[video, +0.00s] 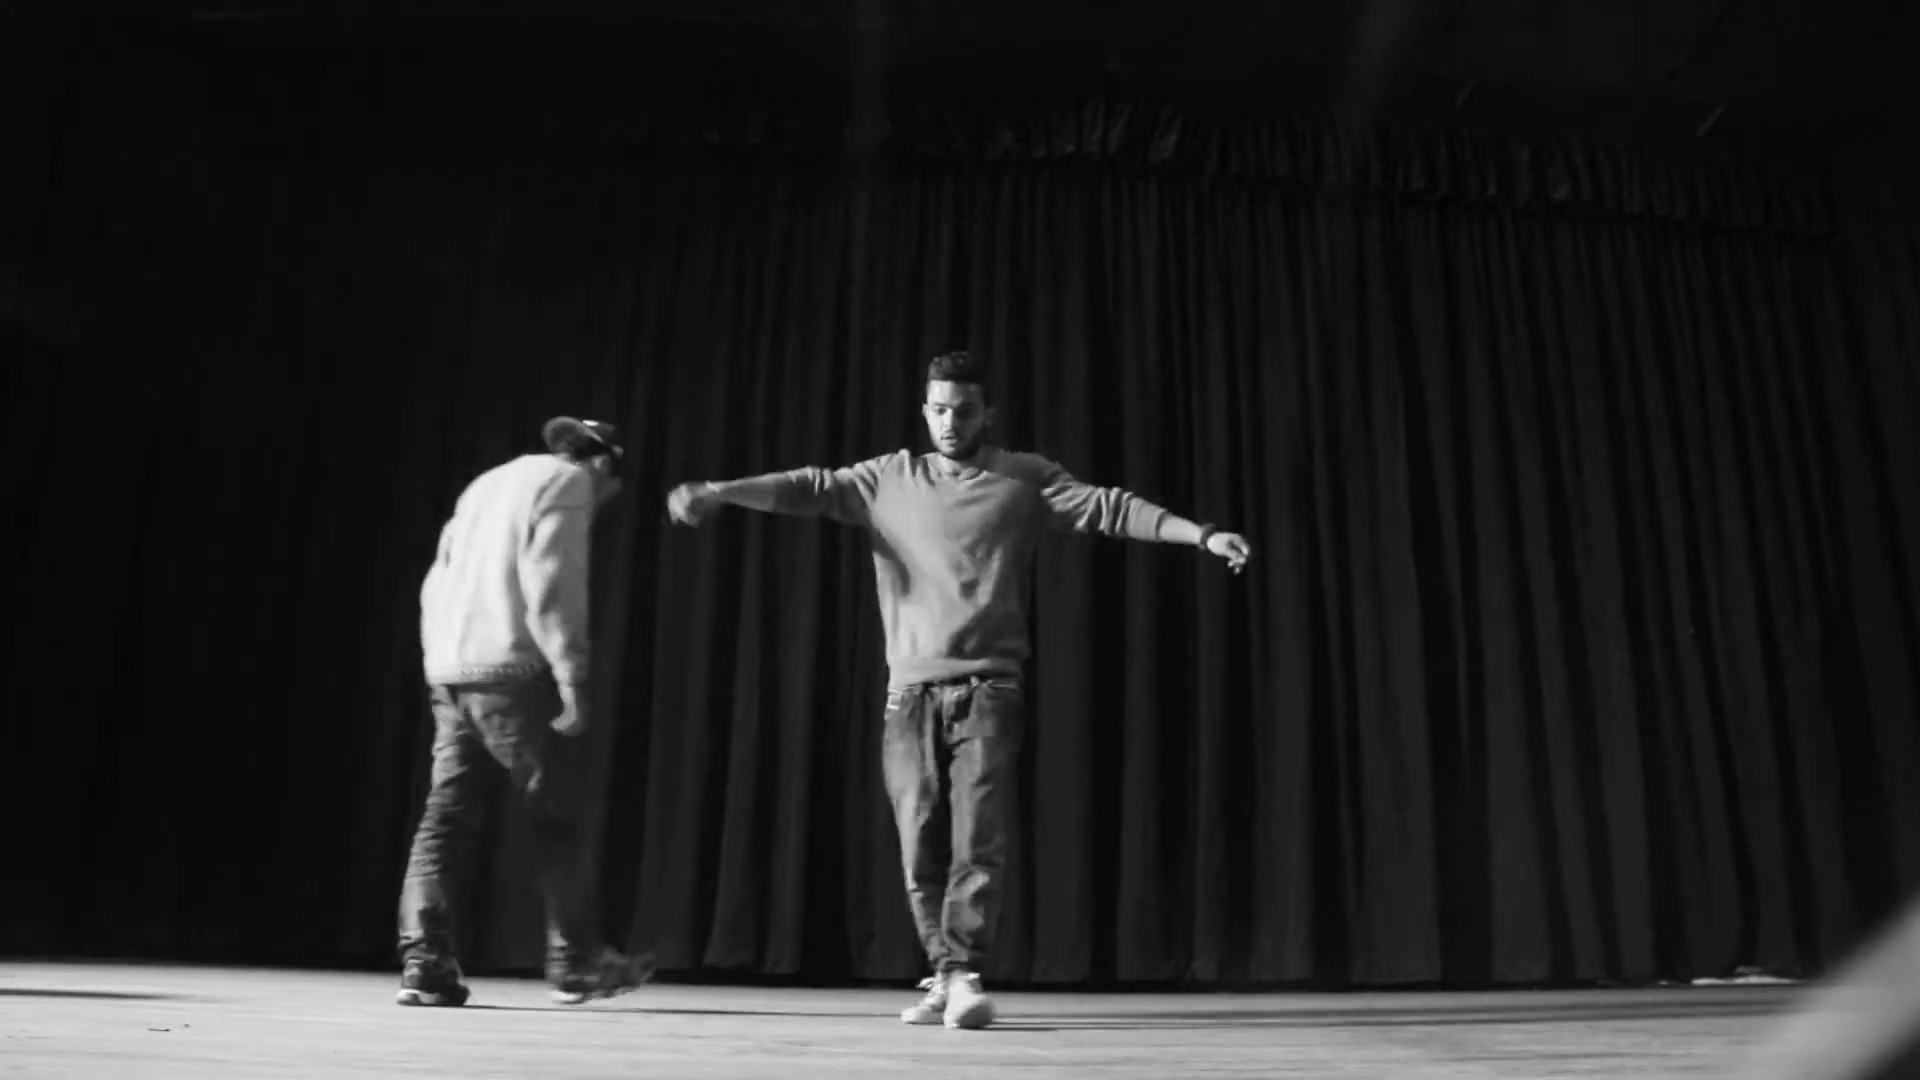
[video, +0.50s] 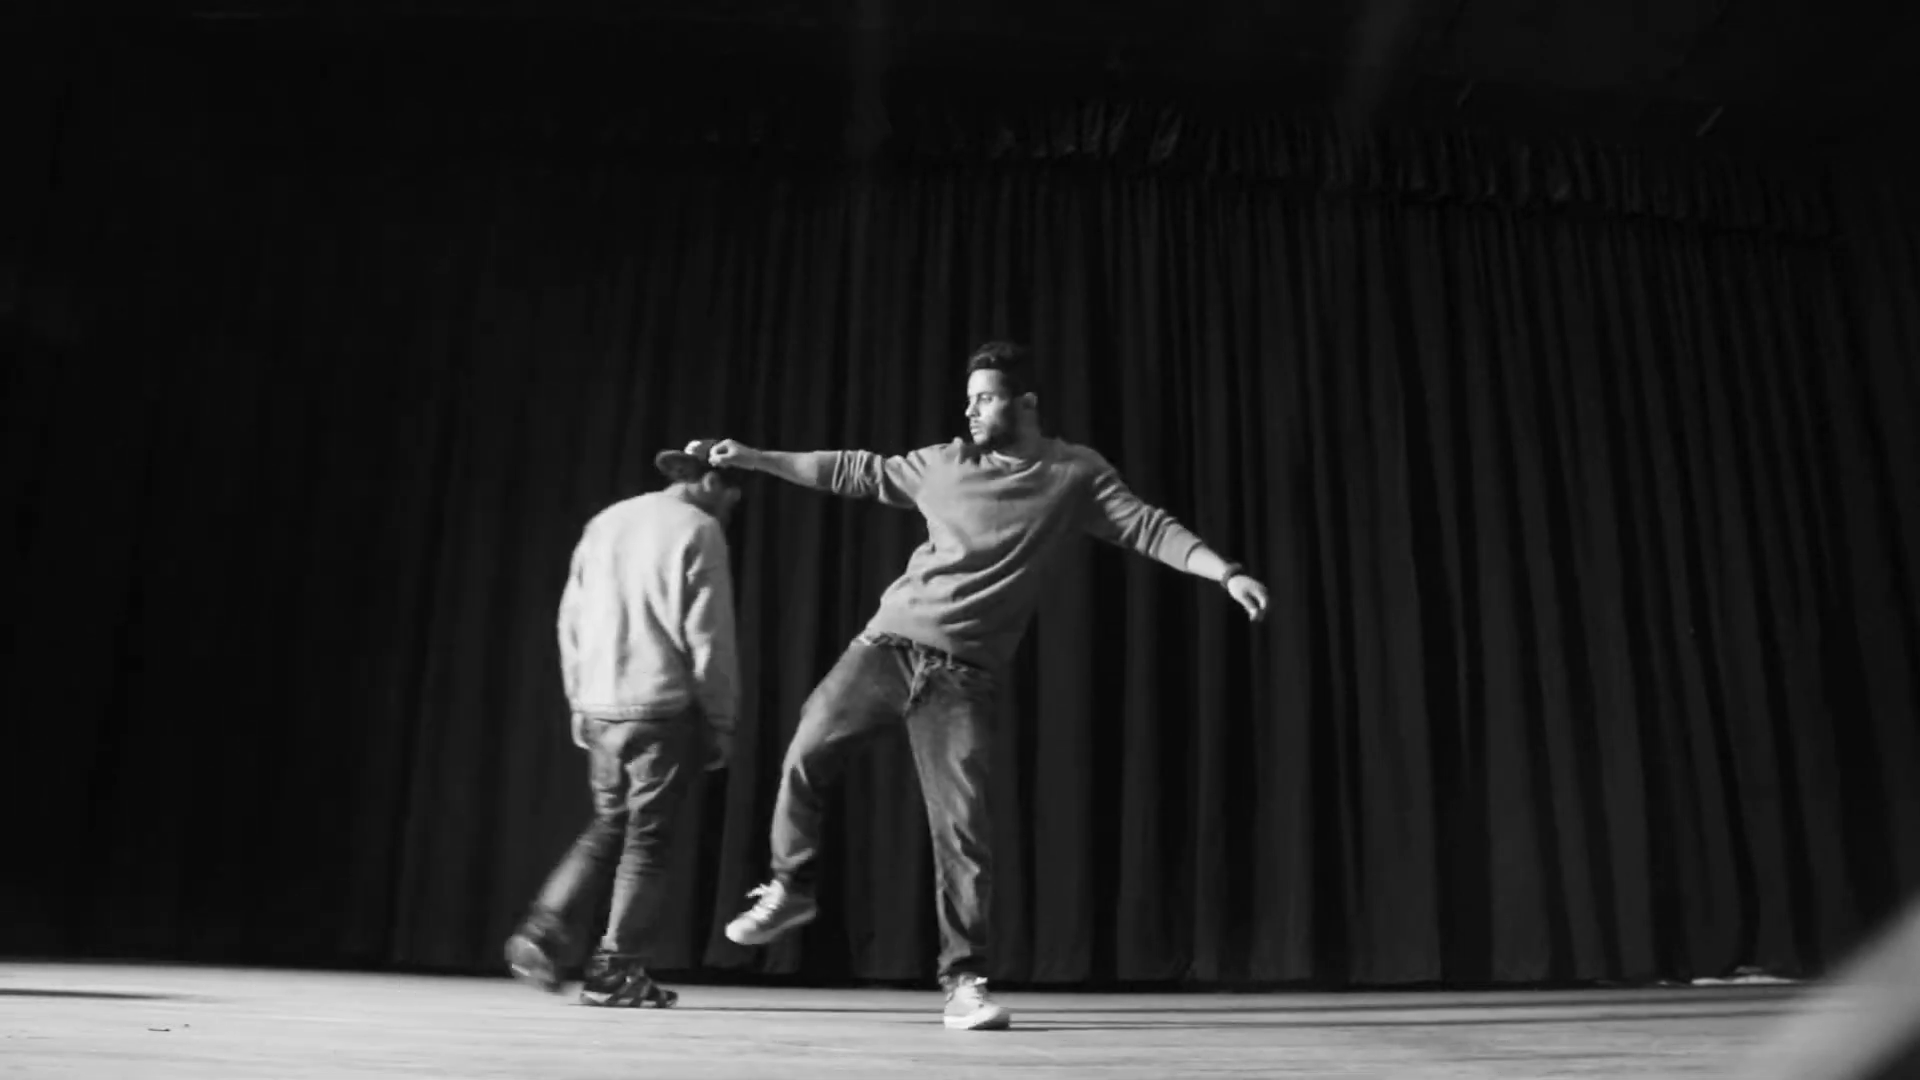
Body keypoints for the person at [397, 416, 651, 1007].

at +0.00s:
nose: (605, 494)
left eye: (610, 485)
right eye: (609, 481)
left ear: (560, 450)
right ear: (599, 462)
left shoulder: (485, 485)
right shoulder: (568, 478)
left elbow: (438, 582)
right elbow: (553, 580)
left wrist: (445, 671)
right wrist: (573, 680)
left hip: (453, 679)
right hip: (511, 676)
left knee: (445, 819)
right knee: (558, 815)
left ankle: (425, 961)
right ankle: (576, 960)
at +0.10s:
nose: (632, 503)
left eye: (636, 496)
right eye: (635, 491)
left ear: (584, 459)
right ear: (622, 472)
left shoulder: (507, 496)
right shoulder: (592, 498)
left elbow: (463, 594)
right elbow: (584, 604)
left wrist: (469, 677)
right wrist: (608, 698)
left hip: (476, 686)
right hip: (539, 689)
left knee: (462, 824)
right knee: (574, 827)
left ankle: (428, 963)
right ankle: (603, 964)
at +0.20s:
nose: (667, 508)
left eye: (672, 498)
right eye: (669, 495)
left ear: (617, 472)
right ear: (650, 479)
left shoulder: (533, 509)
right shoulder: (624, 519)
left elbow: (494, 605)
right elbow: (620, 626)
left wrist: (503, 684)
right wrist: (638, 718)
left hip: (507, 699)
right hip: (572, 704)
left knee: (484, 828)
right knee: (602, 835)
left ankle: (432, 955)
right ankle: (610, 970)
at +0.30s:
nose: (696, 507)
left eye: (699, 496)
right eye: (696, 494)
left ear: (643, 474)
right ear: (677, 481)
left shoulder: (562, 512)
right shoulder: (658, 527)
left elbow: (521, 609)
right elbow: (656, 638)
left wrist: (532, 690)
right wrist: (664, 729)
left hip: (539, 706)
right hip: (604, 710)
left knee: (535, 821)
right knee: (632, 833)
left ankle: (456, 922)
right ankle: (611, 971)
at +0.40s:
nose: (717, 509)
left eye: (722, 498)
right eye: (718, 497)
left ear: (662, 475)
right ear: (698, 485)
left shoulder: (584, 515)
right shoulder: (682, 528)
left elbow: (545, 614)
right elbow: (686, 639)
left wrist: (558, 693)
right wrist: (692, 726)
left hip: (570, 704)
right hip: (635, 707)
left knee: (576, 820)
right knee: (637, 841)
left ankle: (497, 911)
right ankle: (613, 973)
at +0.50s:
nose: (732, 506)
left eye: (735, 496)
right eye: (732, 495)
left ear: (676, 477)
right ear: (711, 483)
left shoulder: (603, 523)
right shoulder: (698, 529)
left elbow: (571, 625)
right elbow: (709, 638)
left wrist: (582, 704)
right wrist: (721, 721)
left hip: (600, 707)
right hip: (659, 708)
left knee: (606, 825)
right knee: (647, 840)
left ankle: (541, 936)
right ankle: (619, 968)